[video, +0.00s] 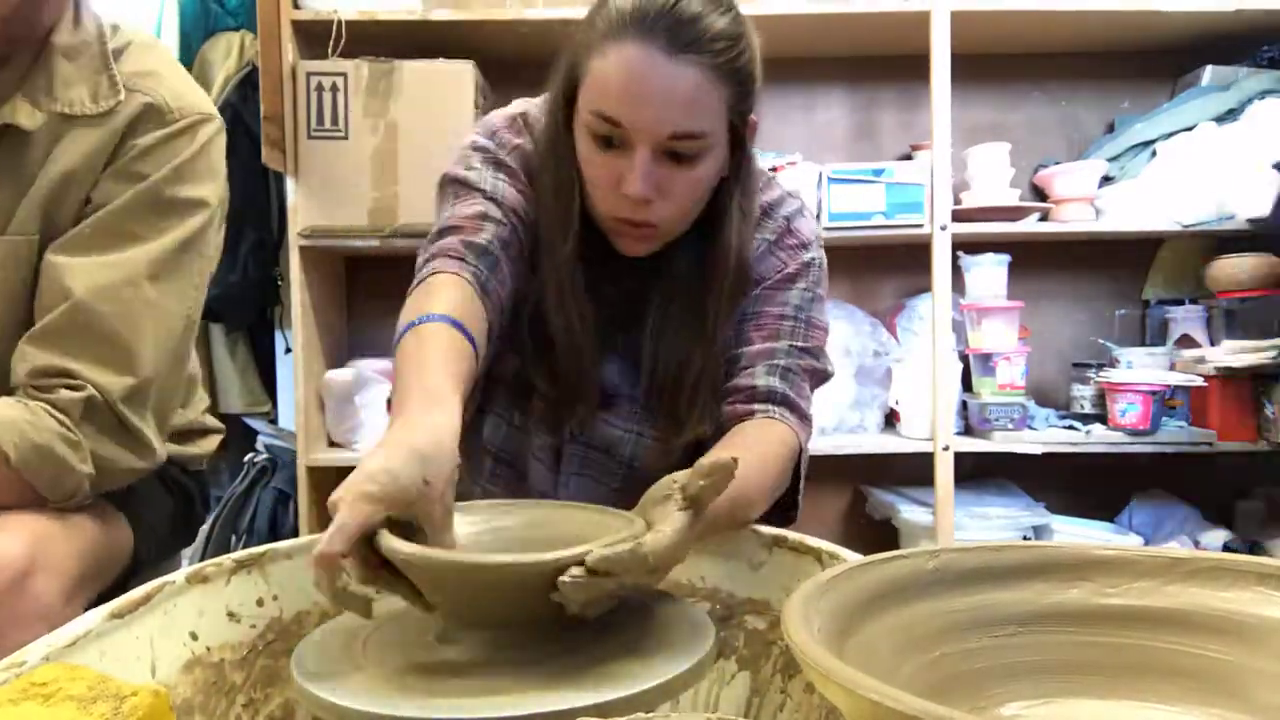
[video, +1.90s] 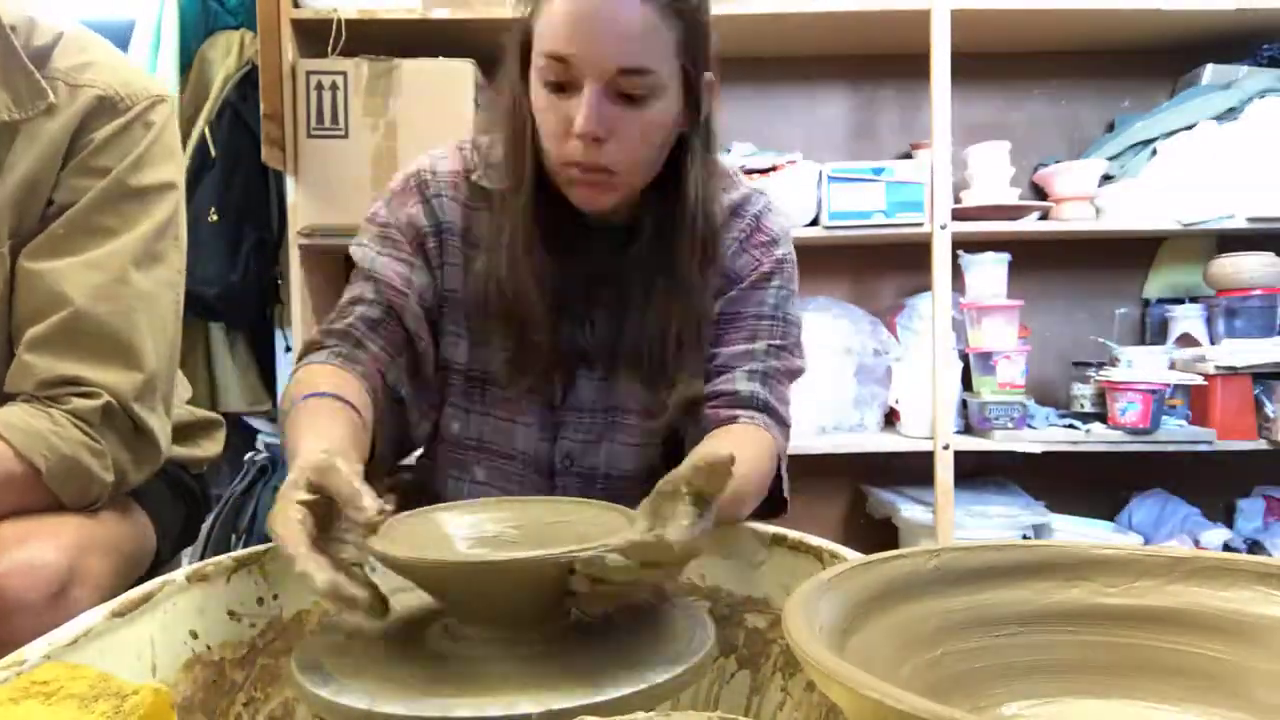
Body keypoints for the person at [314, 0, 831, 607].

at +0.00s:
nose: (636, 187)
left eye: (680, 154)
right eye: (607, 140)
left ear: (739, 140)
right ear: (572, 105)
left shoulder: (774, 223)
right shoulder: (512, 149)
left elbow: (775, 410)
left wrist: (698, 510)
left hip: (664, 497)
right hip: (503, 481)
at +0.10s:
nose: (619, 189)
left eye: (664, 155)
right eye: (591, 141)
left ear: (729, 140)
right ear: (554, 112)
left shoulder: (762, 222)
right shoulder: (482, 163)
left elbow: (770, 415)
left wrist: (688, 516)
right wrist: (390, 425)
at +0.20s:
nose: (528, 316)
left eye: (554, 279)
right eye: (491, 289)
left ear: (608, 202)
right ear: (447, 243)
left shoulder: (701, 227)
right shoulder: (413, 250)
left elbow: (739, 400)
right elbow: (424, 412)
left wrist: (670, 511)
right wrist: (421, 533)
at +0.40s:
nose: (476, 195)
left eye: (494, 144)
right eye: (434, 171)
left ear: (559, 99)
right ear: (406, 167)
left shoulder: (685, 204)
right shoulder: (417, 238)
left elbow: (717, 396)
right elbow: (426, 401)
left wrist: (644, 513)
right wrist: (451, 512)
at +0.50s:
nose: (438, 316)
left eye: (432, 272)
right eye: (406, 299)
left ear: (483, 179)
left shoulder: (671, 215)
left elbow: (714, 398)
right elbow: (423, 401)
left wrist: (672, 515)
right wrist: (404, 504)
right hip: (492, 597)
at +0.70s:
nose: (542, 120)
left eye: (585, 86)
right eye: (508, 73)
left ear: (626, 87)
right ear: (459, 64)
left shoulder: (693, 204)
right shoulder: (389, 208)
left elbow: (749, 392)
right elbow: (349, 373)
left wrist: (686, 488)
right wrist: (364, 484)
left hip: (642, 593)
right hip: (444, 594)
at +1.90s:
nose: (585, 128)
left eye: (631, 93)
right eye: (558, 84)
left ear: (693, 97)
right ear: (524, 84)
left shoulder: (738, 231)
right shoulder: (437, 202)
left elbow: (750, 414)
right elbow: (351, 352)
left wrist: (696, 500)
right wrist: (326, 458)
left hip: (637, 595)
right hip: (448, 584)